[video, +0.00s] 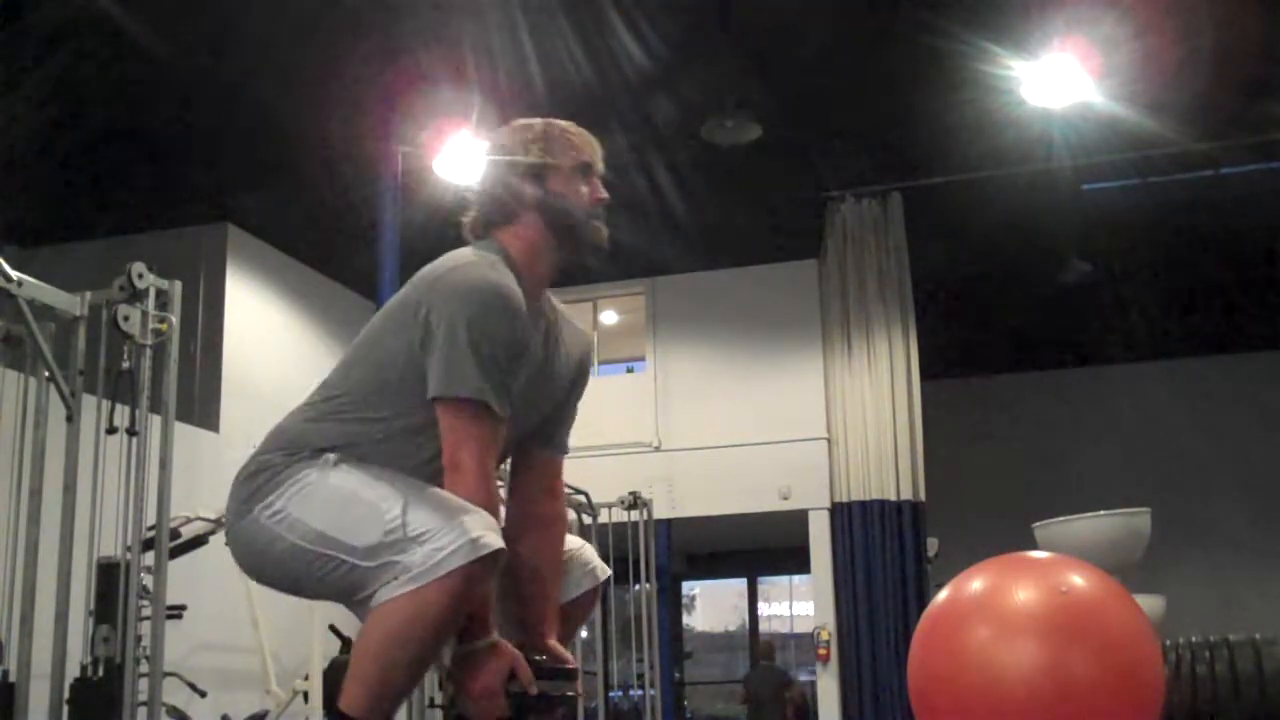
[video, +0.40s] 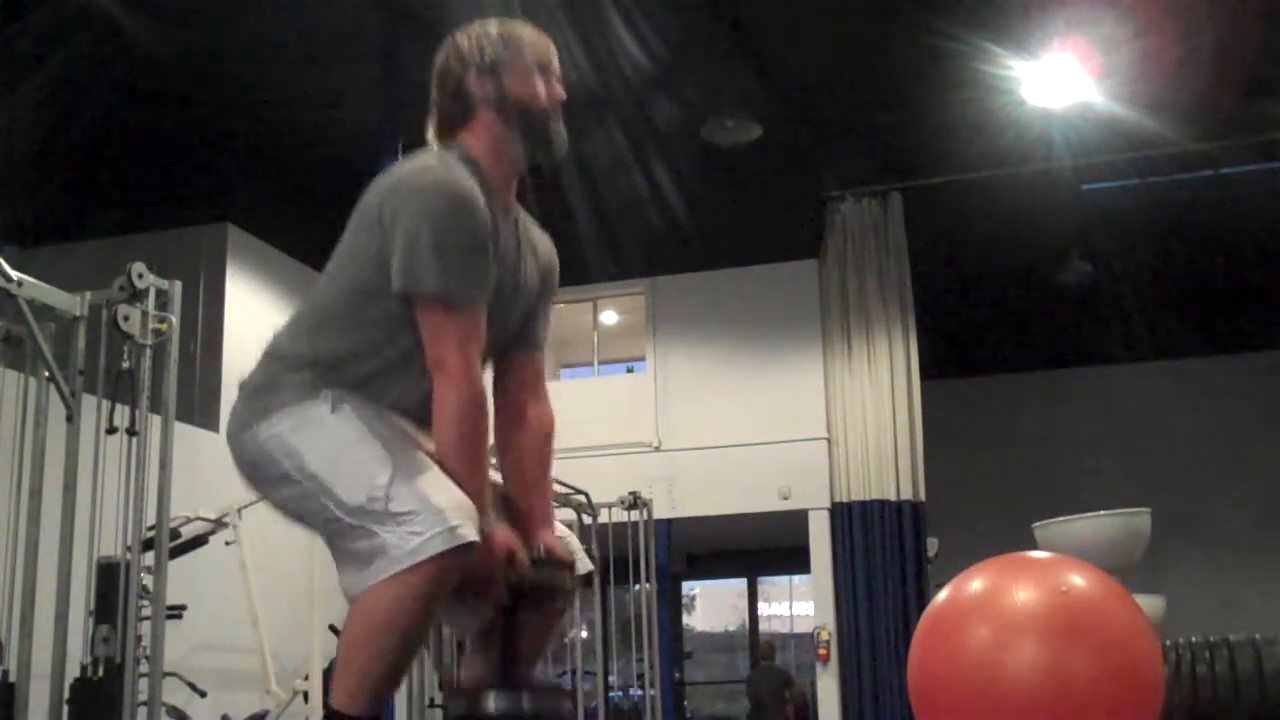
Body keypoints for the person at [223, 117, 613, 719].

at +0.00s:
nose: (604, 192)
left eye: (601, 177)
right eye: (584, 174)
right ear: (527, 186)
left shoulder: (567, 342)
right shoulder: (477, 286)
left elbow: (541, 494)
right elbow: (468, 475)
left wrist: (540, 636)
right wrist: (477, 640)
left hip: (392, 497)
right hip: (291, 485)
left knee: (574, 576)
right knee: (456, 546)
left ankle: (484, 710)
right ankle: (355, 711)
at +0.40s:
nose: (562, 93)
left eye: (559, 77)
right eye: (544, 74)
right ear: (483, 86)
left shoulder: (533, 248)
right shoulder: (440, 190)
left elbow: (526, 398)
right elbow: (456, 377)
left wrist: (538, 537)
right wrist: (479, 527)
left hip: (388, 421)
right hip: (297, 404)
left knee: (551, 563)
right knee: (434, 538)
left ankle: (472, 709)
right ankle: (347, 710)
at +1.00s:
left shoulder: (523, 75)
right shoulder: (427, 8)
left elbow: (519, 211)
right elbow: (442, 158)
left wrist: (531, 337)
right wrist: (464, 308)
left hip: (452, 317)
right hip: (365, 300)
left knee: (462, 553)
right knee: (363, 533)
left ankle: (449, 711)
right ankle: (332, 711)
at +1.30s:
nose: (581, 22)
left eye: (577, 10)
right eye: (558, 7)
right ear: (502, 24)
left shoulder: (543, 192)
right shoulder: (451, 116)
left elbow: (529, 340)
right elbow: (459, 304)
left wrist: (541, 476)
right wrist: (474, 456)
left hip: (404, 376)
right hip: (312, 350)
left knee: (494, 531)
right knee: (405, 526)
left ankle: (470, 704)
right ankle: (338, 710)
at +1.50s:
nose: (610, 118)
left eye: (605, 103)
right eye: (592, 100)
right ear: (533, 114)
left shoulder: (558, 280)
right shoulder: (469, 214)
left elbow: (542, 429)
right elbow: (474, 406)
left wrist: (545, 565)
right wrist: (491, 564)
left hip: (396, 429)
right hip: (299, 407)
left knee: (559, 563)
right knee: (432, 533)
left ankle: (477, 705)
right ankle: (345, 710)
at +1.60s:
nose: (615, 149)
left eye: (612, 134)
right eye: (594, 130)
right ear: (536, 144)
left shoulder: (563, 309)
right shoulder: (474, 244)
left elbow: (544, 455)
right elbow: (480, 445)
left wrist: (551, 605)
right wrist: (495, 605)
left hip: (404, 454)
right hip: (303, 433)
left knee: (575, 572)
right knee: (448, 541)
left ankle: (480, 706)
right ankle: (349, 710)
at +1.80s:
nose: (631, 188)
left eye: (630, 173)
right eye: (614, 169)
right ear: (551, 181)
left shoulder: (577, 343)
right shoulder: (489, 279)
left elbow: (551, 492)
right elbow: (490, 477)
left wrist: (552, 639)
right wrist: (499, 636)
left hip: (411, 481)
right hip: (310, 461)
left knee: (589, 576)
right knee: (467, 545)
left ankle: (488, 706)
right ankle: (361, 706)